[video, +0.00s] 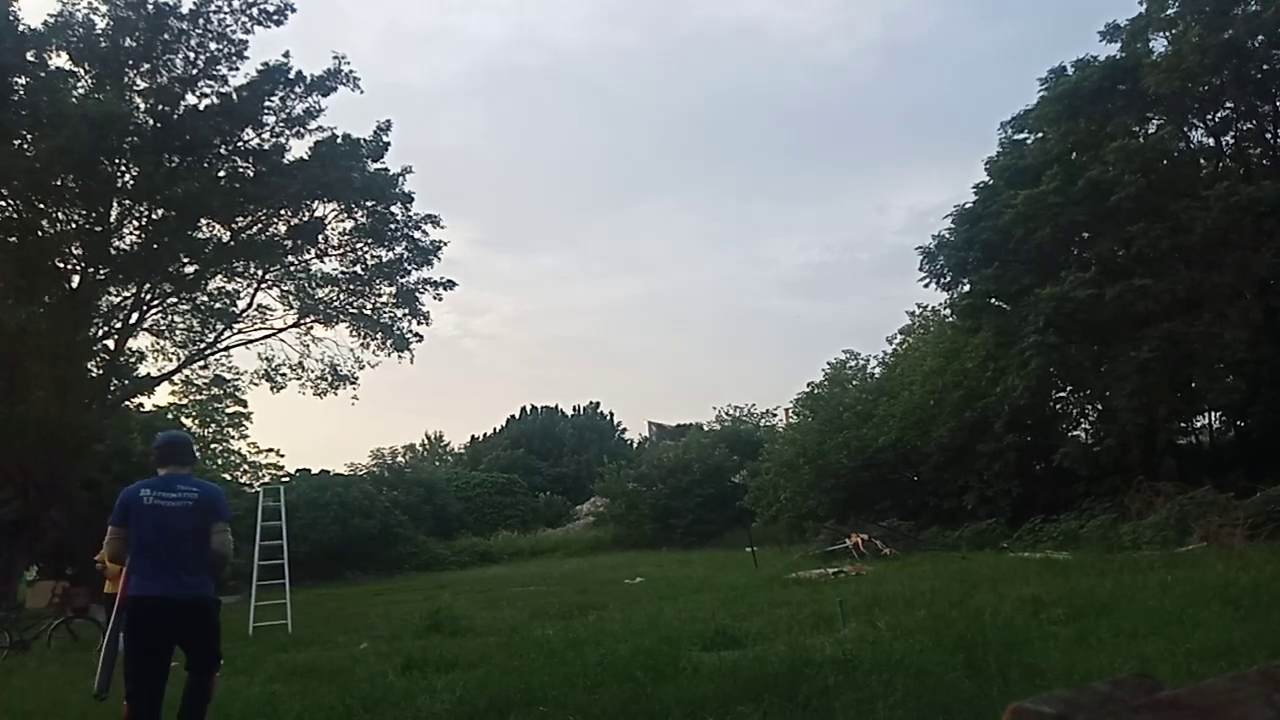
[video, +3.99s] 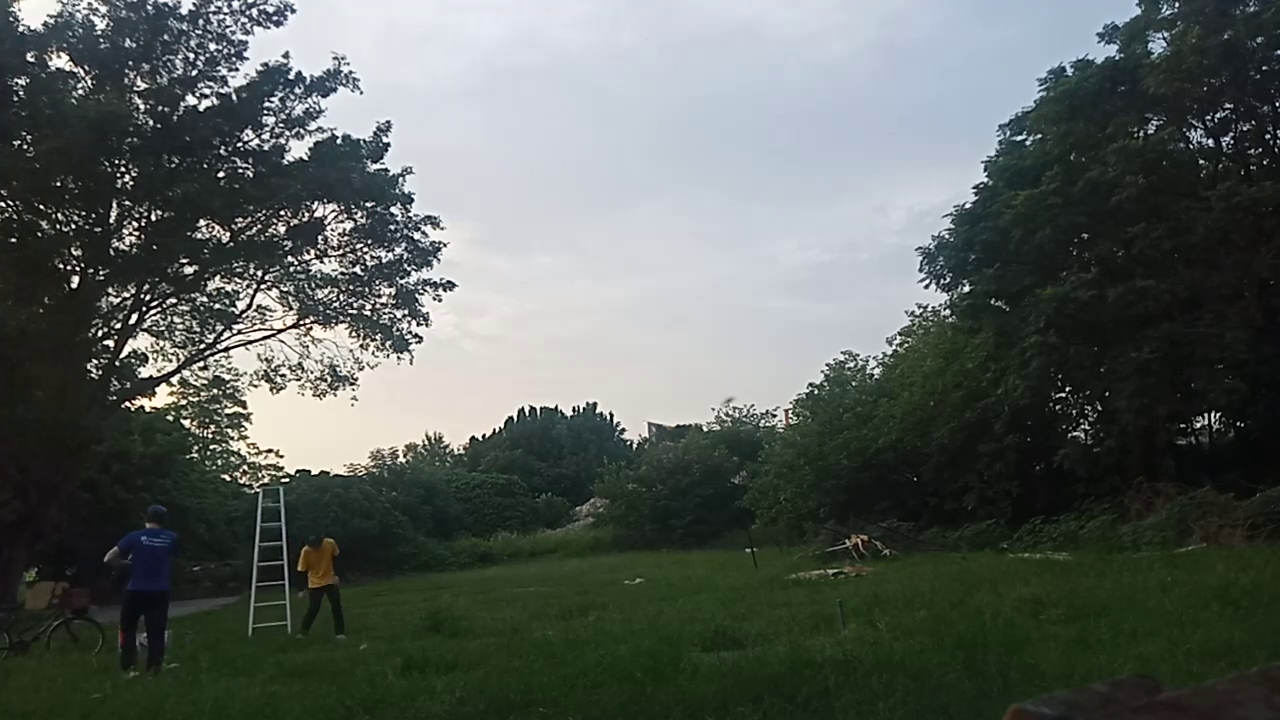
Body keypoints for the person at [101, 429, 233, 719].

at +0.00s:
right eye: (193, 458)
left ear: (156, 460)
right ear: (192, 460)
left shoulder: (132, 494)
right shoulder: (211, 493)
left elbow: (114, 552)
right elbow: (222, 549)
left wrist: (147, 561)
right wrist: (214, 579)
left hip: (145, 605)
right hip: (195, 605)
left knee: (143, 690)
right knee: (204, 669)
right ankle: (191, 714)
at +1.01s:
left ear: (173, 485)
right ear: (200, 484)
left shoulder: (157, 515)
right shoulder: (217, 512)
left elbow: (144, 559)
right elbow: (231, 551)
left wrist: (165, 565)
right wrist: (209, 564)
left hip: (166, 600)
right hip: (204, 600)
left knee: (166, 661)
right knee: (206, 657)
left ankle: (167, 711)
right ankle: (198, 700)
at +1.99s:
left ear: (176, 499)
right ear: (199, 500)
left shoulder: (162, 525)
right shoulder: (213, 525)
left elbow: (149, 561)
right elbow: (224, 561)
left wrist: (169, 556)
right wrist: (206, 565)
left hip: (170, 597)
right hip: (201, 596)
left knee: (165, 649)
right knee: (196, 648)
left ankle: (161, 698)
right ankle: (192, 700)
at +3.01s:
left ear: (165, 513)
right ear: (185, 514)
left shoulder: (153, 532)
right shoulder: (195, 534)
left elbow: (142, 563)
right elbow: (200, 560)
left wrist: (140, 585)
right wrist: (186, 566)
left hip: (156, 593)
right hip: (182, 594)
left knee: (149, 636)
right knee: (180, 637)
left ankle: (143, 676)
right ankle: (179, 679)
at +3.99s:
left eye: (147, 519)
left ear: (146, 520)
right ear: (163, 521)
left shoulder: (135, 536)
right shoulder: (171, 538)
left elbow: (109, 558)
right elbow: (176, 557)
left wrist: (128, 562)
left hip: (136, 591)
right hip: (160, 592)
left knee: (128, 628)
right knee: (156, 633)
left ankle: (128, 667)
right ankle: (154, 668)